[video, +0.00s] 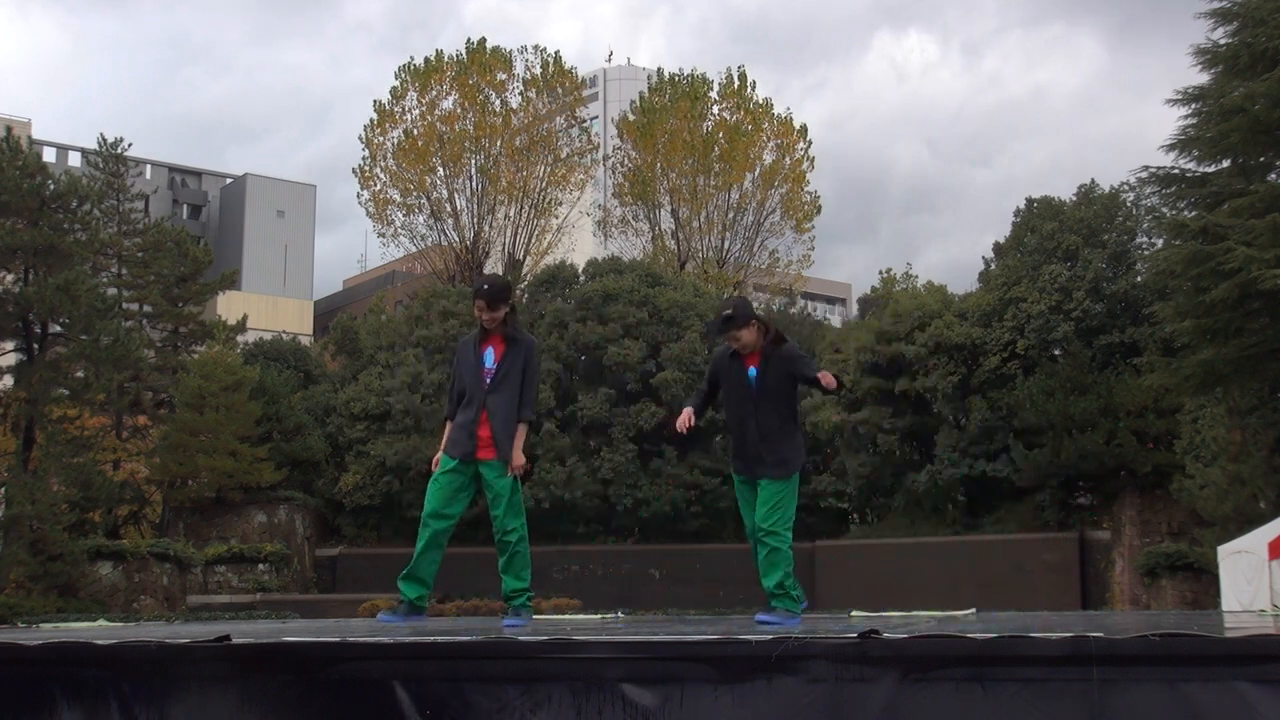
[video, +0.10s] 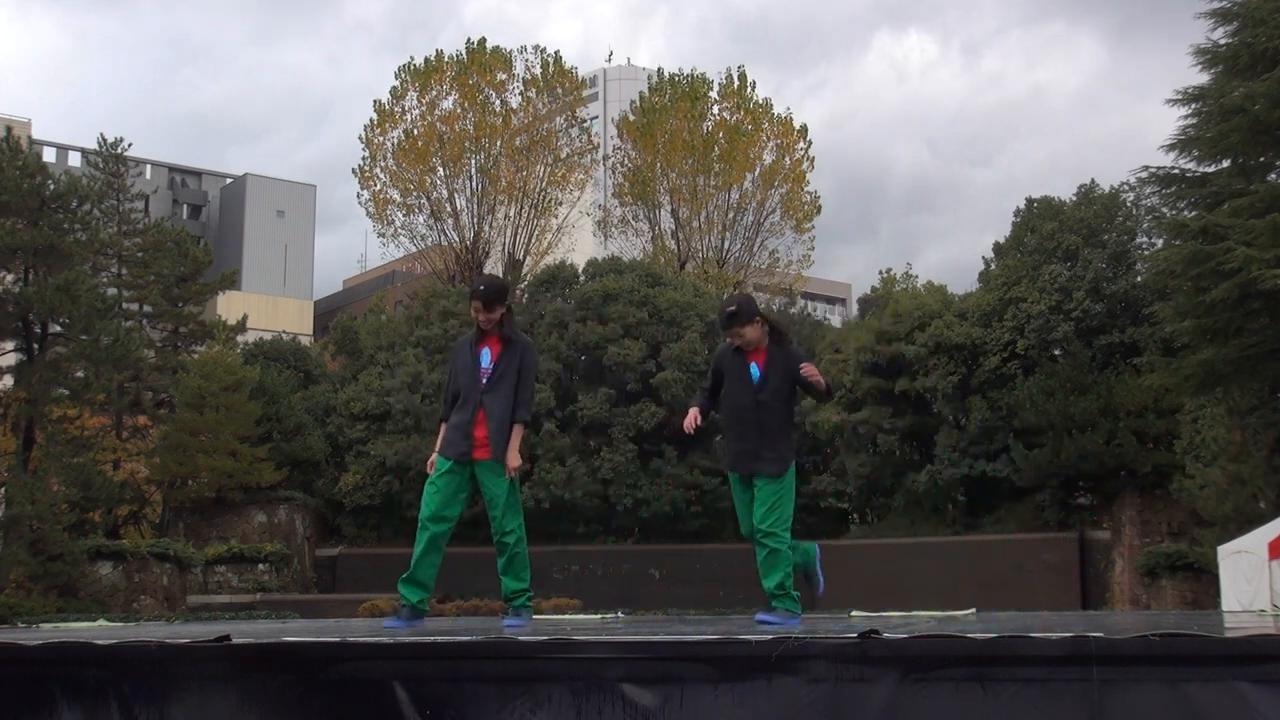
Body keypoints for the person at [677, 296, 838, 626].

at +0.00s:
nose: (732, 342)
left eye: (737, 334)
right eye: (727, 336)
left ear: (754, 326)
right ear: (725, 335)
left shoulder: (782, 353)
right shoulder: (724, 359)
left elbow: (807, 373)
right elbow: (706, 393)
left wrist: (824, 381)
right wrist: (690, 408)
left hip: (780, 459)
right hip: (744, 460)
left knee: (770, 528)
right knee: (756, 531)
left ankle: (785, 605)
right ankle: (786, 598)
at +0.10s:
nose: (735, 340)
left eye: (740, 333)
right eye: (731, 335)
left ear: (759, 323)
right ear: (728, 333)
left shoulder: (787, 355)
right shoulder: (727, 356)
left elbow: (822, 393)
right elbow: (709, 392)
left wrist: (819, 382)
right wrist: (696, 407)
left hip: (775, 458)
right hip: (738, 459)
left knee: (769, 530)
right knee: (751, 530)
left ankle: (785, 605)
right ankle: (805, 556)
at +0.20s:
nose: (731, 339)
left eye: (735, 332)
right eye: (727, 334)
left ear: (754, 324)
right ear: (725, 332)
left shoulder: (785, 356)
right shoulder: (724, 357)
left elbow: (811, 397)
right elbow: (711, 393)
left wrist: (798, 398)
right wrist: (699, 411)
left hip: (773, 460)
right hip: (735, 458)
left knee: (769, 529)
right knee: (729, 522)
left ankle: (784, 605)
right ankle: (789, 527)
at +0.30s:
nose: (719, 344)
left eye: (724, 336)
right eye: (715, 339)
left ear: (741, 327)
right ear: (714, 337)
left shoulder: (772, 357)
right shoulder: (717, 361)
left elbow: (797, 401)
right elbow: (709, 396)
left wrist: (776, 419)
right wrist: (698, 417)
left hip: (769, 462)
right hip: (730, 460)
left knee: (770, 532)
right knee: (705, 515)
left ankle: (786, 606)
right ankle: (760, 565)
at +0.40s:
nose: (706, 353)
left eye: (709, 345)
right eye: (701, 348)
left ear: (728, 335)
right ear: (699, 346)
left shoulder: (762, 365)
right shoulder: (707, 370)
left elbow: (783, 411)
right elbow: (703, 407)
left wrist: (756, 436)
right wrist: (698, 434)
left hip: (764, 465)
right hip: (723, 465)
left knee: (768, 532)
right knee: (707, 530)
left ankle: (785, 607)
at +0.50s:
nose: (685, 358)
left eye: (689, 350)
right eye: (682, 353)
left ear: (707, 340)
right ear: (684, 351)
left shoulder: (741, 365)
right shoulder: (690, 376)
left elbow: (765, 410)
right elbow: (696, 416)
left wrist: (736, 439)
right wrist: (697, 445)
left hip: (760, 459)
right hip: (719, 461)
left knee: (766, 532)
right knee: (712, 533)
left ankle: (784, 606)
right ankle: (714, 606)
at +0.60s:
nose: (664, 357)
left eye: (666, 350)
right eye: (661, 352)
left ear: (684, 341)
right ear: (680, 345)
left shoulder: (722, 370)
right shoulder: (689, 375)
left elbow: (746, 410)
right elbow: (697, 418)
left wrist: (717, 439)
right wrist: (690, 449)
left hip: (754, 462)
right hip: (719, 465)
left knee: (759, 534)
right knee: (714, 535)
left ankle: (791, 590)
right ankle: (715, 605)